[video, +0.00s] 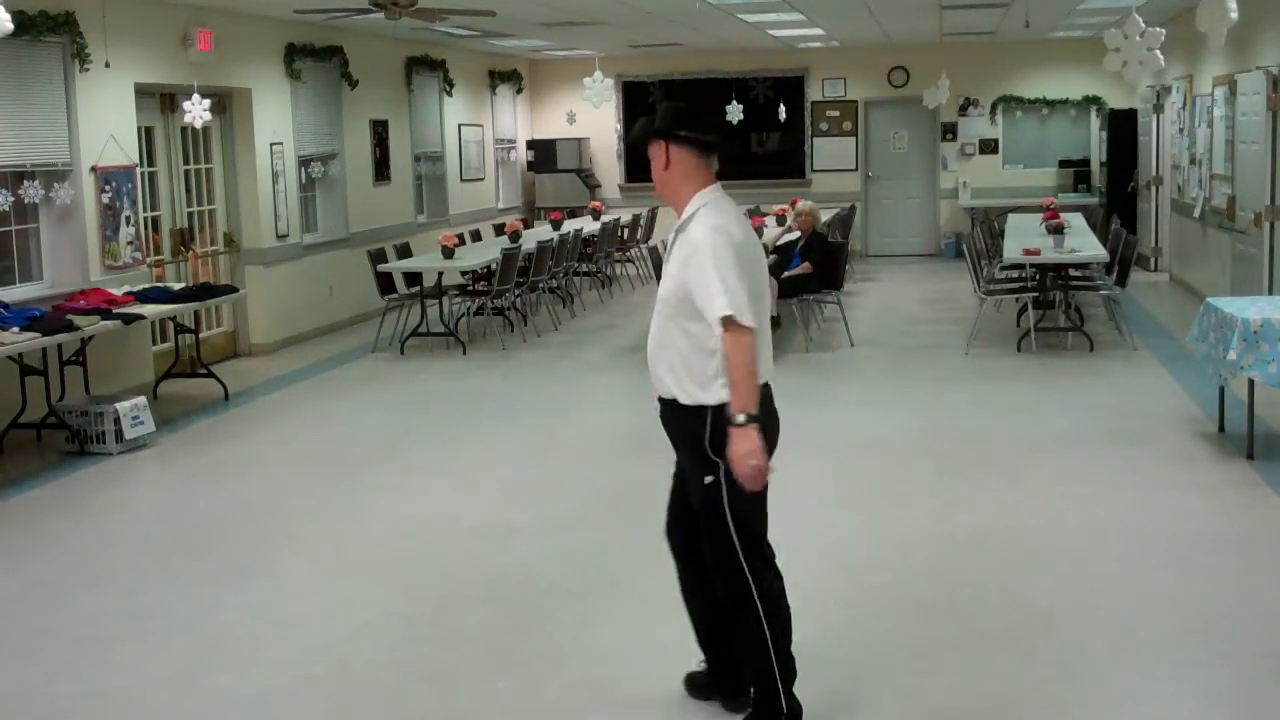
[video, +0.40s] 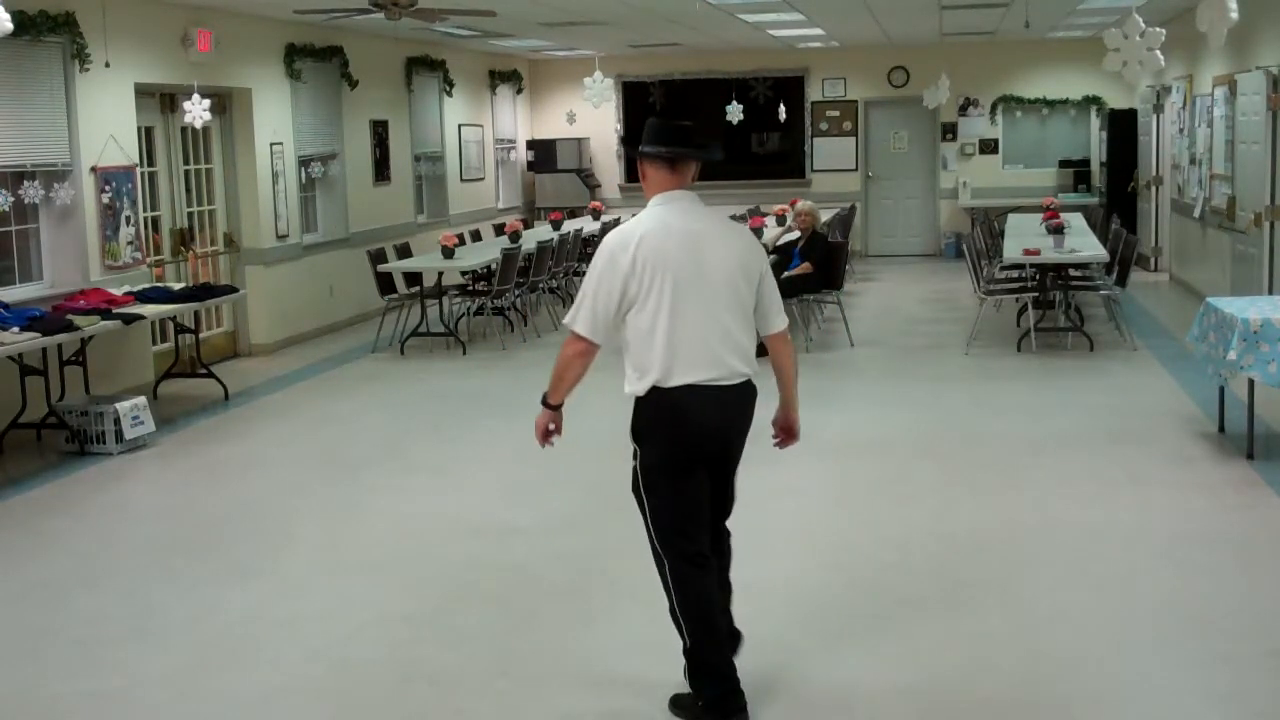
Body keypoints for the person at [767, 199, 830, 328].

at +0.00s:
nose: (803, 219)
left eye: (807, 216)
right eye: (800, 216)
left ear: (814, 219)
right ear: (795, 219)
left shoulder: (820, 240)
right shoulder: (794, 242)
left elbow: (810, 266)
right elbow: (767, 249)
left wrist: (785, 275)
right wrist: (785, 230)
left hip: (808, 280)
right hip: (789, 278)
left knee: (767, 287)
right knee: (766, 279)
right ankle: (773, 316)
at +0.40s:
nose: (802, 218)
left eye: (807, 215)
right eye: (799, 215)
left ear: (814, 219)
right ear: (795, 219)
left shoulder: (820, 239)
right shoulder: (795, 242)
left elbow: (810, 267)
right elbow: (766, 249)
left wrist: (786, 274)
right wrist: (784, 231)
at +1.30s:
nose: (802, 220)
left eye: (806, 216)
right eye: (799, 216)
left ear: (814, 219)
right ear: (795, 221)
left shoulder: (820, 240)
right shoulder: (797, 241)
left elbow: (810, 267)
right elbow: (767, 249)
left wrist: (785, 276)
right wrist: (784, 230)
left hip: (810, 279)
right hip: (791, 275)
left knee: (768, 291)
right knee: (765, 275)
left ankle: (768, 343)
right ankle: (773, 315)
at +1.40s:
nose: (802, 220)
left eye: (806, 216)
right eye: (799, 216)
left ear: (814, 219)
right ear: (795, 221)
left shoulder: (820, 240)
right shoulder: (797, 241)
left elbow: (810, 267)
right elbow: (767, 249)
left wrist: (785, 276)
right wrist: (784, 230)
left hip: (810, 279)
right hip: (791, 275)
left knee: (768, 291)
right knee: (765, 275)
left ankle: (768, 343)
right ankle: (773, 315)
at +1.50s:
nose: (802, 220)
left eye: (806, 216)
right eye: (799, 216)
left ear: (814, 219)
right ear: (795, 220)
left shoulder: (820, 240)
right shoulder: (797, 241)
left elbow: (810, 267)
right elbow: (767, 249)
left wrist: (785, 276)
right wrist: (784, 230)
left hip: (810, 279)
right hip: (791, 275)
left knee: (768, 292)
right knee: (765, 276)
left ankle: (769, 343)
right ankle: (773, 315)